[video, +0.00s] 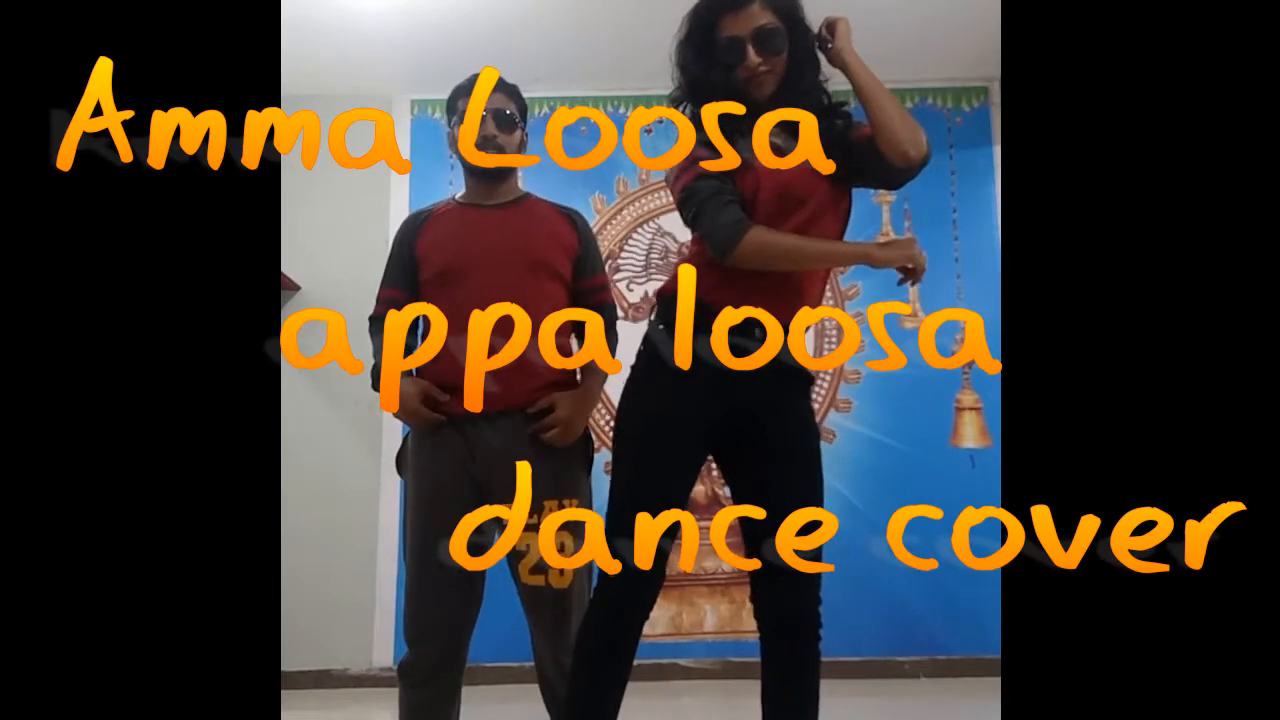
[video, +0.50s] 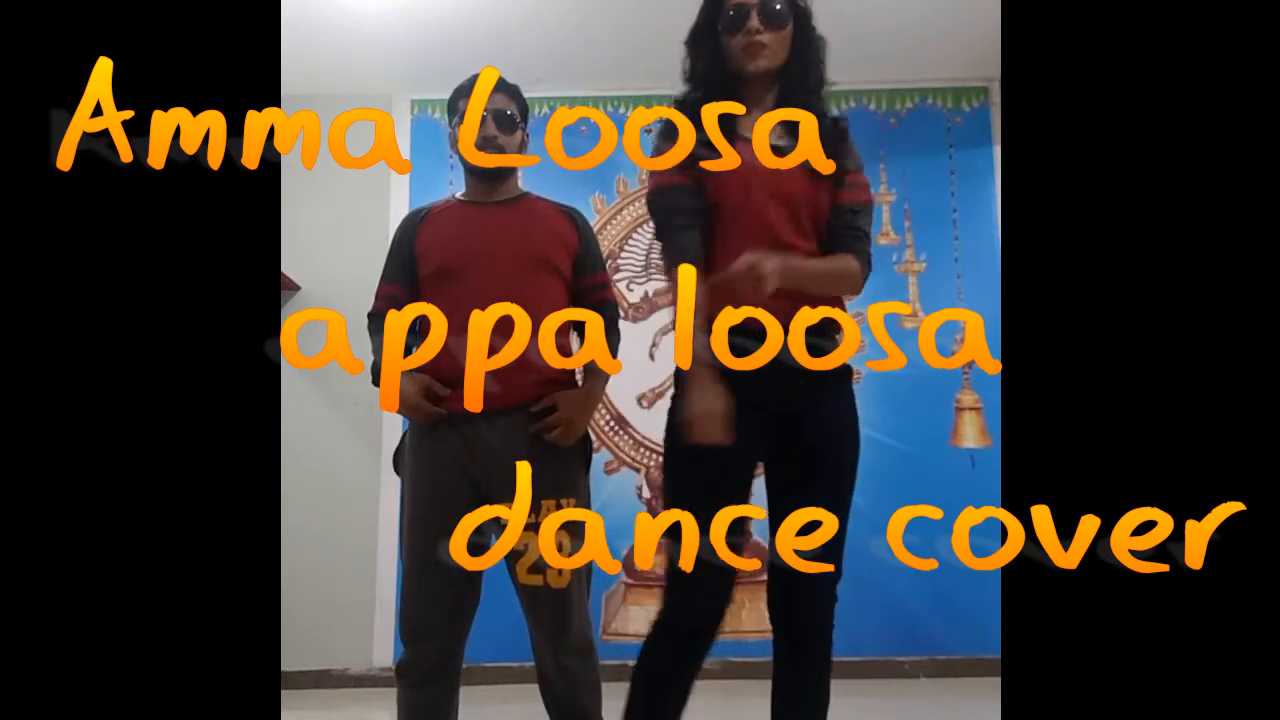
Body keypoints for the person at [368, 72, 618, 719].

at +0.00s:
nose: (493, 130)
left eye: (507, 120)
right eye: (477, 119)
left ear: (524, 136)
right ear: (454, 133)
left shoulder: (566, 225)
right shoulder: (420, 229)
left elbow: (601, 319)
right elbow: (385, 321)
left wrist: (588, 388)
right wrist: (393, 380)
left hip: (545, 441)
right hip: (444, 442)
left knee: (563, 624)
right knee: (433, 627)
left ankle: (580, 719)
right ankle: (425, 719)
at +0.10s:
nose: (493, 130)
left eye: (507, 120)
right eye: (478, 119)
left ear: (525, 136)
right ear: (455, 133)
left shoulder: (567, 225)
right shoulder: (420, 228)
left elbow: (602, 320)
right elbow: (386, 320)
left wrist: (589, 389)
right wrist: (393, 380)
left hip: (545, 440)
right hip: (444, 442)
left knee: (563, 624)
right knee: (432, 626)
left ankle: (580, 719)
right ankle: (424, 718)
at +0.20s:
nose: (493, 131)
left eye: (507, 120)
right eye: (478, 119)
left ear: (525, 137)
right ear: (455, 133)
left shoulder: (567, 225)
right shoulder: (420, 227)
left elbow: (604, 321)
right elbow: (384, 320)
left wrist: (592, 389)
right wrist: (392, 377)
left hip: (544, 441)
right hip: (443, 442)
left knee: (564, 627)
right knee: (430, 629)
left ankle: (581, 719)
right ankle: (424, 719)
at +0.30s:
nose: (494, 130)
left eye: (508, 120)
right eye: (479, 119)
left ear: (525, 137)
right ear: (455, 133)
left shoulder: (567, 225)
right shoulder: (420, 227)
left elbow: (604, 320)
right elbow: (384, 319)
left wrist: (593, 389)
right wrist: (391, 376)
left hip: (544, 441)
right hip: (442, 443)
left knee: (563, 627)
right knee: (430, 629)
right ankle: (425, 719)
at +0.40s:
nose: (494, 130)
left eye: (508, 120)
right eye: (479, 119)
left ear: (525, 136)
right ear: (455, 133)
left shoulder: (567, 224)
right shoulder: (420, 227)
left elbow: (605, 320)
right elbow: (384, 319)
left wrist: (591, 389)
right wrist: (392, 375)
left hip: (544, 441)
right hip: (442, 444)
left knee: (563, 629)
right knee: (429, 632)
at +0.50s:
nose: (493, 131)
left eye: (507, 120)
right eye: (478, 119)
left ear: (525, 136)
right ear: (455, 133)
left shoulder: (567, 224)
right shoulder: (419, 227)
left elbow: (606, 321)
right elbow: (384, 320)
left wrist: (590, 389)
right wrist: (393, 376)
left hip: (543, 441)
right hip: (441, 443)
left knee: (563, 628)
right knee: (429, 631)